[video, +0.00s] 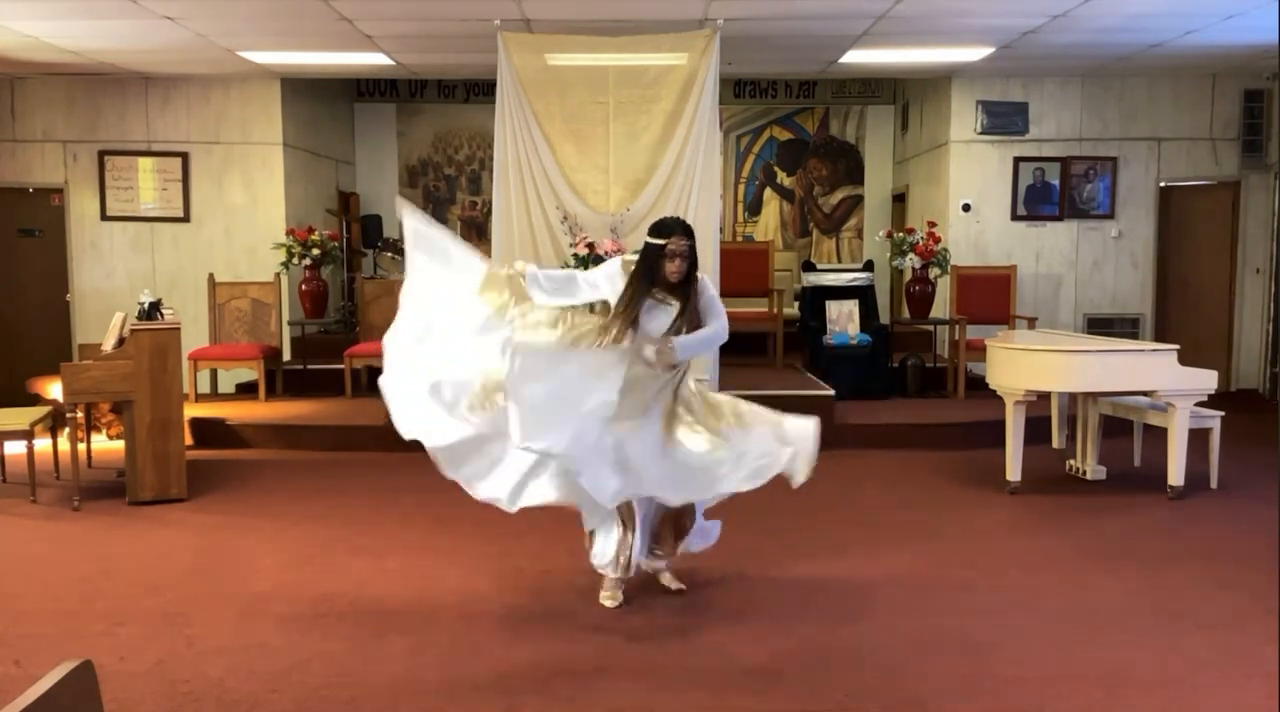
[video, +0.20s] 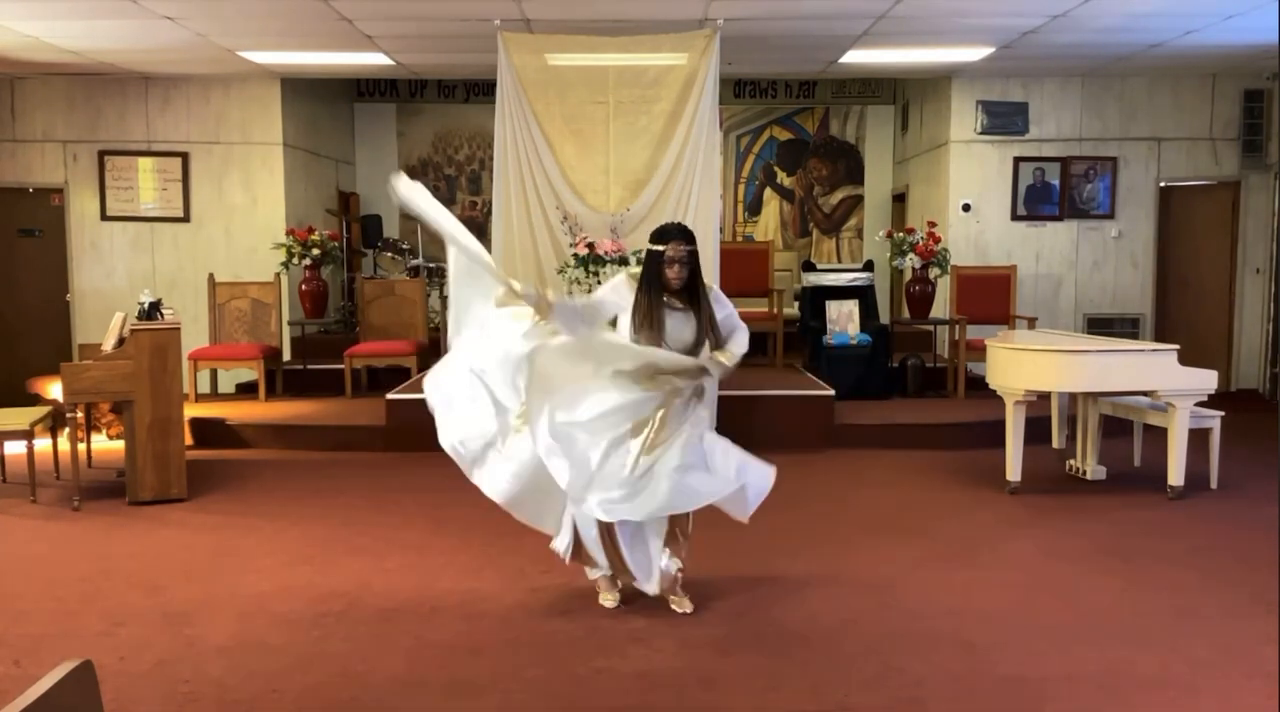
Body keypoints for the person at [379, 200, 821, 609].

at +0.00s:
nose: (676, 265)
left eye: (683, 257)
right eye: (667, 257)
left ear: (692, 258)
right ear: (651, 256)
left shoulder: (697, 289)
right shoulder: (626, 279)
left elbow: (720, 331)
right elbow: (572, 283)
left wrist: (675, 349)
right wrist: (520, 275)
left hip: (670, 396)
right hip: (619, 395)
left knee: (684, 482)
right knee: (612, 480)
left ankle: (659, 557)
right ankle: (613, 572)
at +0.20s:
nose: (678, 269)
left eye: (685, 261)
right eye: (669, 261)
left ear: (695, 263)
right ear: (654, 262)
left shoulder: (705, 299)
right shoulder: (627, 291)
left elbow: (739, 333)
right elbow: (585, 315)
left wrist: (718, 361)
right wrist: (544, 305)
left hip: (682, 406)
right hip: (626, 404)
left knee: (682, 488)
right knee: (602, 482)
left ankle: (672, 578)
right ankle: (608, 572)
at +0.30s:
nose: (670, 274)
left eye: (679, 267)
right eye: (662, 266)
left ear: (692, 269)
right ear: (649, 268)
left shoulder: (707, 309)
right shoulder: (626, 305)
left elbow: (741, 351)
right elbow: (585, 352)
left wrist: (752, 379)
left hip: (691, 417)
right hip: (632, 418)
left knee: (685, 499)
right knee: (586, 491)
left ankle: (677, 586)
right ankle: (595, 578)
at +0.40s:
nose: (653, 274)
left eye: (662, 266)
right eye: (646, 266)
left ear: (681, 270)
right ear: (638, 269)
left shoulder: (697, 311)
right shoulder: (622, 314)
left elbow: (730, 351)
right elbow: (609, 369)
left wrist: (757, 381)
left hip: (690, 433)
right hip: (638, 433)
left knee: (687, 512)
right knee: (609, 508)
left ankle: (676, 590)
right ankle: (571, 574)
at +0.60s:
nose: (616, 267)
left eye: (625, 260)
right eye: (614, 259)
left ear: (651, 264)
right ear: (613, 263)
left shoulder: (680, 306)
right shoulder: (602, 309)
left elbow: (718, 338)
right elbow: (573, 358)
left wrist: (760, 358)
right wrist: (594, 380)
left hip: (677, 420)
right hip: (623, 421)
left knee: (670, 502)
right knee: (618, 503)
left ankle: (667, 589)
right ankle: (616, 592)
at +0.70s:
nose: (597, 257)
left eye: (605, 250)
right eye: (597, 249)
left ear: (631, 254)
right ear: (600, 254)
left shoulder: (675, 292)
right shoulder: (589, 297)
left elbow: (721, 322)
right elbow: (543, 325)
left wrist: (772, 337)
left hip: (668, 406)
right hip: (608, 406)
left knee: (672, 496)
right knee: (578, 477)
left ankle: (675, 584)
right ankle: (593, 585)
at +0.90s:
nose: (563, 248)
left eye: (570, 241)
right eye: (566, 241)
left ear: (592, 247)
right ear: (589, 249)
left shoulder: (638, 284)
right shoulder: (567, 297)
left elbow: (697, 308)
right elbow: (510, 320)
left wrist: (753, 328)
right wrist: (453, 319)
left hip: (636, 396)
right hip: (589, 402)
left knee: (620, 487)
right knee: (577, 489)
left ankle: (656, 577)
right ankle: (602, 578)